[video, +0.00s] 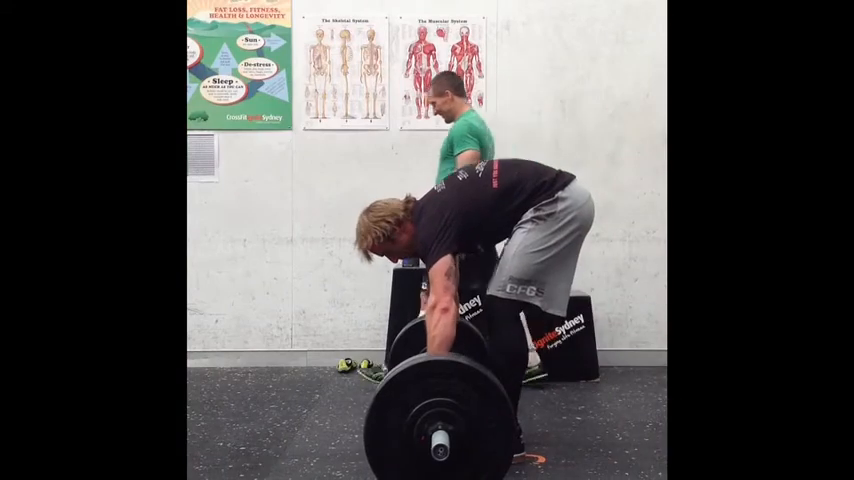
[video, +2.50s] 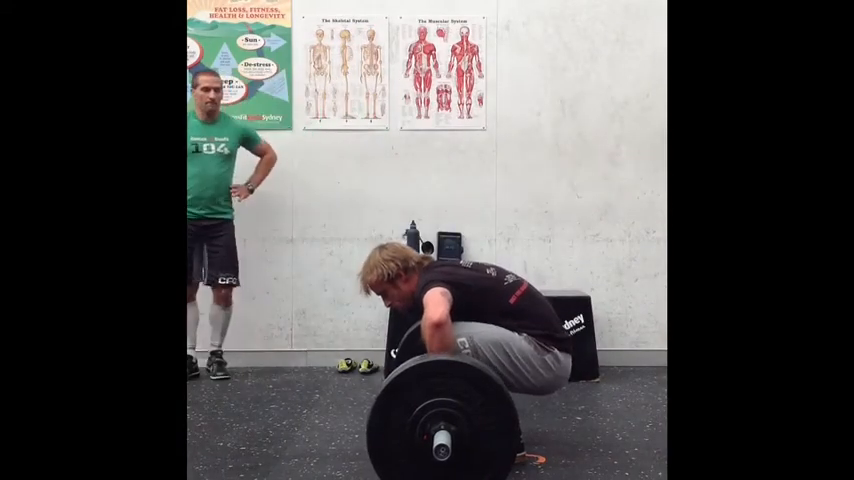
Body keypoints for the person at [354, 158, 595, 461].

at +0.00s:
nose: (394, 261)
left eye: (387, 253)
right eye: (386, 256)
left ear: (399, 230)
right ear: (400, 224)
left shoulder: (433, 223)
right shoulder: (432, 216)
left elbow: (443, 307)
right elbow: (443, 299)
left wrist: (431, 384)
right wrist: (433, 374)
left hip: (556, 203)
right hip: (558, 200)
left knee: (501, 306)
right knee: (501, 305)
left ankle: (505, 434)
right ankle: (501, 428)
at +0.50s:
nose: (392, 263)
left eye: (385, 257)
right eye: (384, 260)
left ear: (395, 234)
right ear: (395, 228)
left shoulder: (430, 226)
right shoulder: (428, 221)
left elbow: (443, 307)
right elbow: (442, 301)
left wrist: (436, 382)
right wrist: (437, 374)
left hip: (554, 209)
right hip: (555, 206)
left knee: (491, 311)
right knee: (493, 311)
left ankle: (499, 433)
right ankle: (497, 429)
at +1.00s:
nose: (381, 294)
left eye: (377, 286)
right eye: (375, 289)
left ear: (391, 267)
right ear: (393, 263)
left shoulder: (428, 262)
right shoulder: (427, 257)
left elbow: (439, 316)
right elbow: (441, 317)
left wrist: (438, 388)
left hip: (550, 303)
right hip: (547, 299)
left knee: (448, 332)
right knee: (442, 331)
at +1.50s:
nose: (383, 306)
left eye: (379, 297)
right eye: (377, 300)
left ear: (394, 279)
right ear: (397, 276)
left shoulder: (430, 275)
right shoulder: (436, 268)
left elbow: (433, 319)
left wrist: (438, 387)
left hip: (546, 343)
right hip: (545, 339)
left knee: (442, 339)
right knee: (438, 337)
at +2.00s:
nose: (386, 305)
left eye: (384, 295)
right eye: (381, 298)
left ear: (400, 278)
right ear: (402, 276)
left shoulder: (432, 276)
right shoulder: (441, 269)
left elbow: (435, 320)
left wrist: (440, 387)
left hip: (546, 353)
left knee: (444, 341)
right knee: (447, 340)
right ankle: (504, 438)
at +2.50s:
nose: (387, 303)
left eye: (385, 294)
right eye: (381, 297)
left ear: (402, 277)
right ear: (404, 275)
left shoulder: (433, 278)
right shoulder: (440, 270)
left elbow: (437, 319)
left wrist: (441, 387)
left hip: (546, 357)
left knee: (442, 340)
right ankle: (503, 436)